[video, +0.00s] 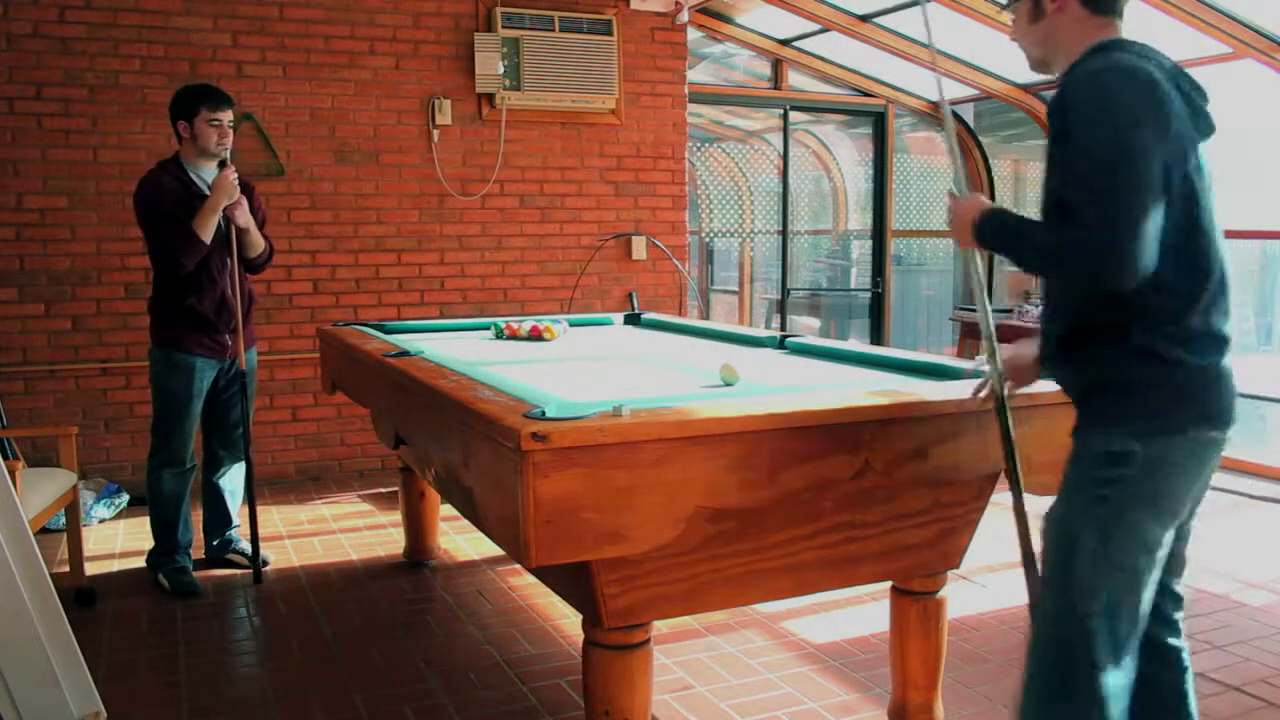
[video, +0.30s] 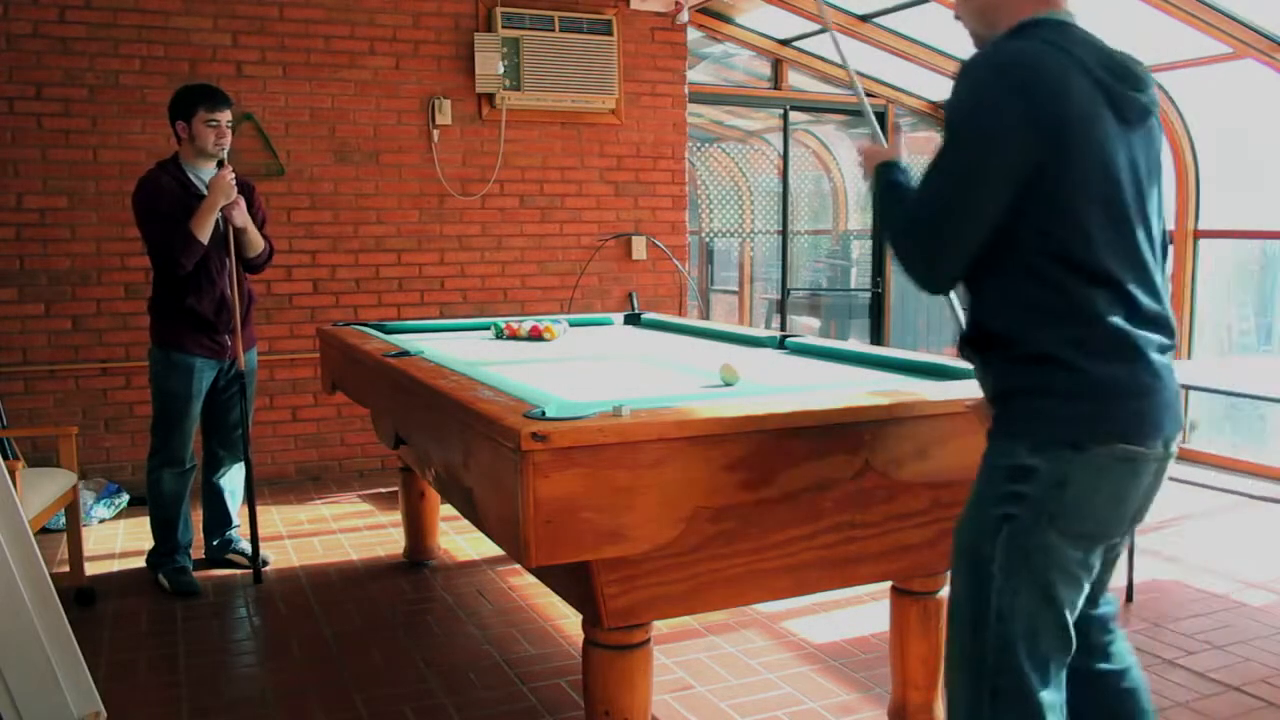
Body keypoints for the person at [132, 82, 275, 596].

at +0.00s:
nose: (226, 134)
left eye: (230, 125)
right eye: (215, 125)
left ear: (234, 130)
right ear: (183, 129)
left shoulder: (239, 185)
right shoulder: (157, 187)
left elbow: (258, 263)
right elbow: (177, 261)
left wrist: (246, 224)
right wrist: (213, 205)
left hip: (237, 338)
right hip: (184, 340)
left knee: (230, 449)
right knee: (175, 454)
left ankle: (223, 542)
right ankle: (171, 558)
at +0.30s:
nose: (223, 134)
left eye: (228, 125)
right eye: (212, 125)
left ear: (232, 130)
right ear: (181, 129)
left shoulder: (239, 185)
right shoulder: (156, 187)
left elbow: (259, 262)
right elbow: (176, 262)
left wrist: (243, 223)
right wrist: (210, 205)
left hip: (238, 338)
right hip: (183, 341)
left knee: (229, 450)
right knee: (175, 455)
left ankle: (223, 542)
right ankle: (171, 558)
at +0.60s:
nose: (224, 135)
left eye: (228, 126)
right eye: (213, 126)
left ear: (232, 130)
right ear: (182, 130)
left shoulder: (240, 186)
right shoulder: (155, 187)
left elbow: (259, 262)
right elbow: (175, 262)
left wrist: (243, 223)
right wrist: (209, 205)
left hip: (238, 339)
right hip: (183, 341)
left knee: (229, 450)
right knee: (175, 455)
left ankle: (223, 542)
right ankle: (171, 558)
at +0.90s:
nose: (224, 135)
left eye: (228, 126)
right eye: (213, 126)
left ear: (233, 131)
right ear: (182, 129)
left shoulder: (240, 186)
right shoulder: (155, 187)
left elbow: (259, 262)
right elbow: (175, 261)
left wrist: (243, 222)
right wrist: (210, 205)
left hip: (238, 339)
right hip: (183, 341)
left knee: (230, 450)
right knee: (175, 455)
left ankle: (223, 542)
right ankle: (171, 558)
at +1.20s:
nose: (224, 134)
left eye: (228, 126)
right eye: (213, 125)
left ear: (232, 130)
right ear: (181, 129)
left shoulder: (239, 185)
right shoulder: (155, 187)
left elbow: (259, 262)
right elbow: (175, 261)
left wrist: (243, 222)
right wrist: (211, 204)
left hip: (238, 339)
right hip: (183, 341)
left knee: (230, 450)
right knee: (175, 455)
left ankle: (223, 542)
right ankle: (171, 558)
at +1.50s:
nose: (223, 135)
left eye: (228, 126)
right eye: (213, 125)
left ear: (232, 130)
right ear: (181, 129)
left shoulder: (238, 185)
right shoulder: (155, 187)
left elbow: (258, 262)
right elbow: (174, 262)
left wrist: (243, 222)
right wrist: (210, 204)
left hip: (237, 339)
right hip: (182, 341)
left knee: (229, 450)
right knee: (175, 455)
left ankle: (223, 542)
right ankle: (171, 558)